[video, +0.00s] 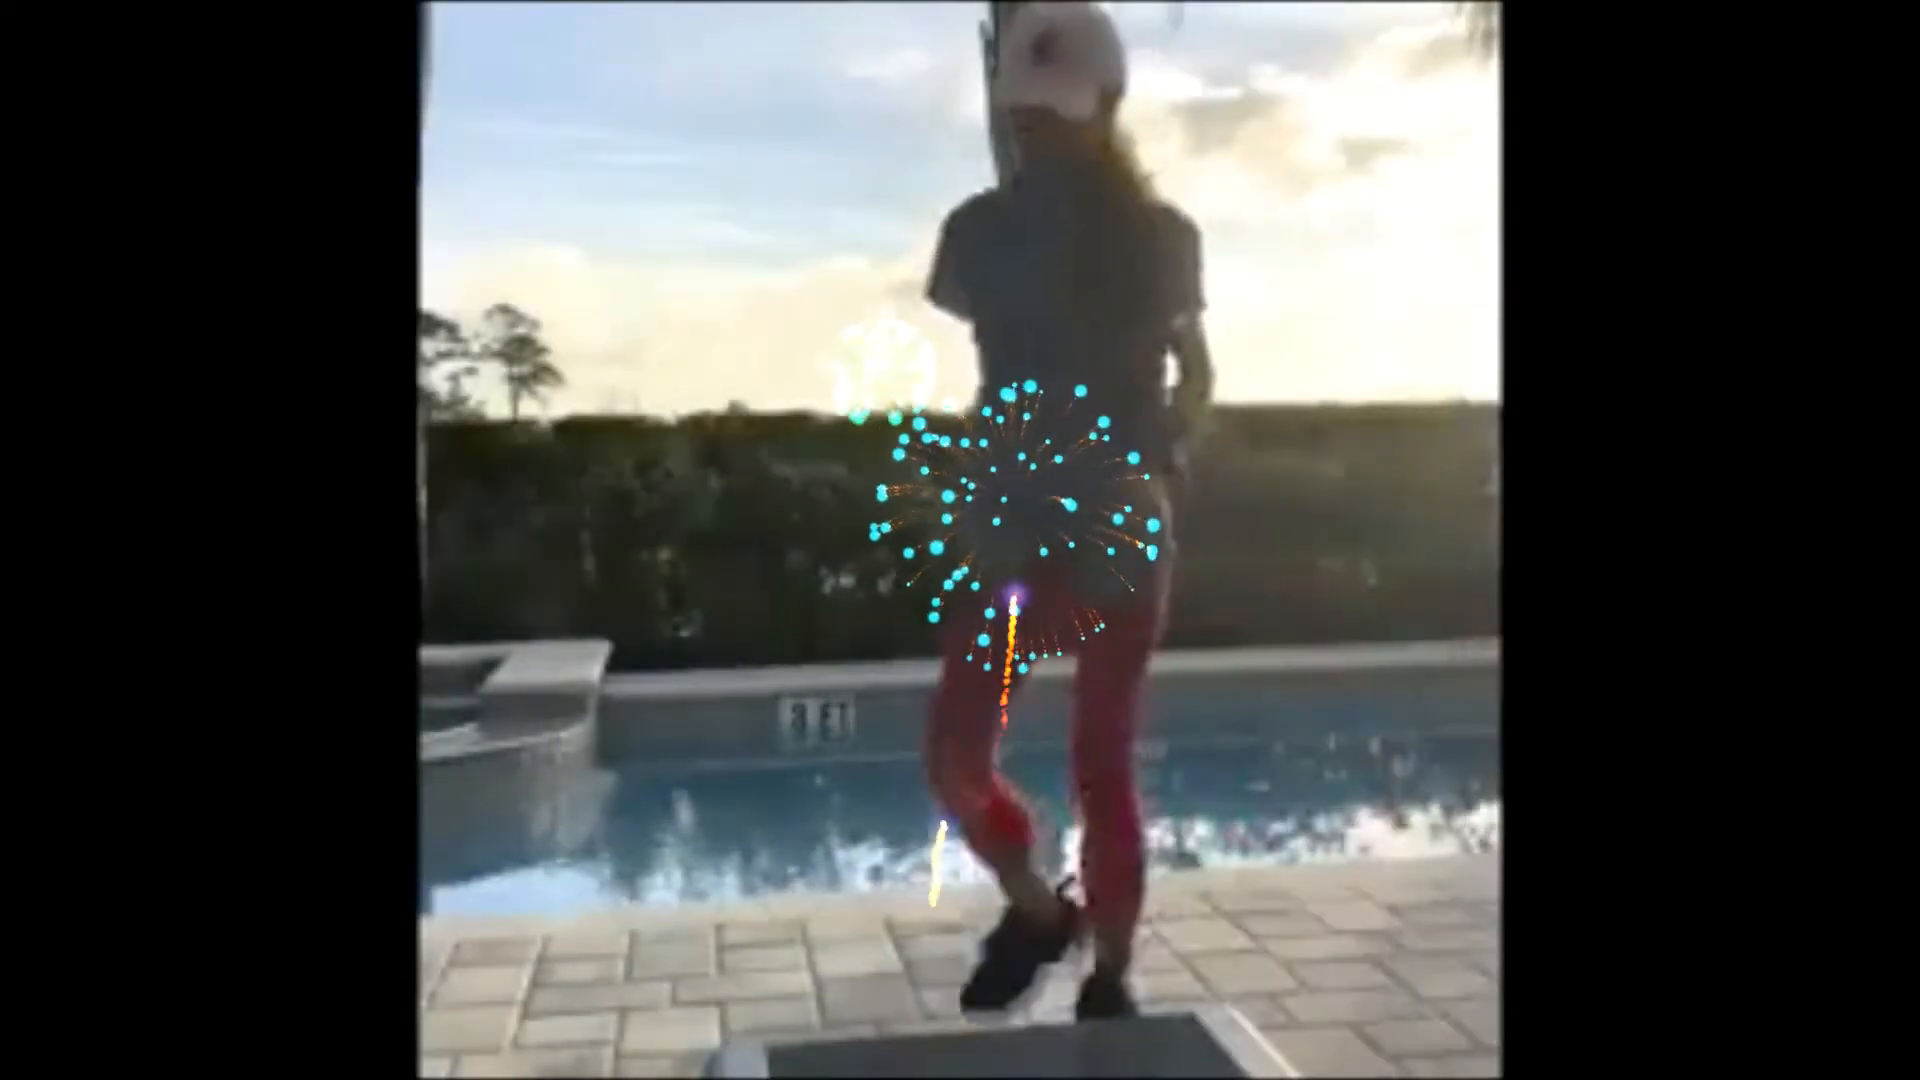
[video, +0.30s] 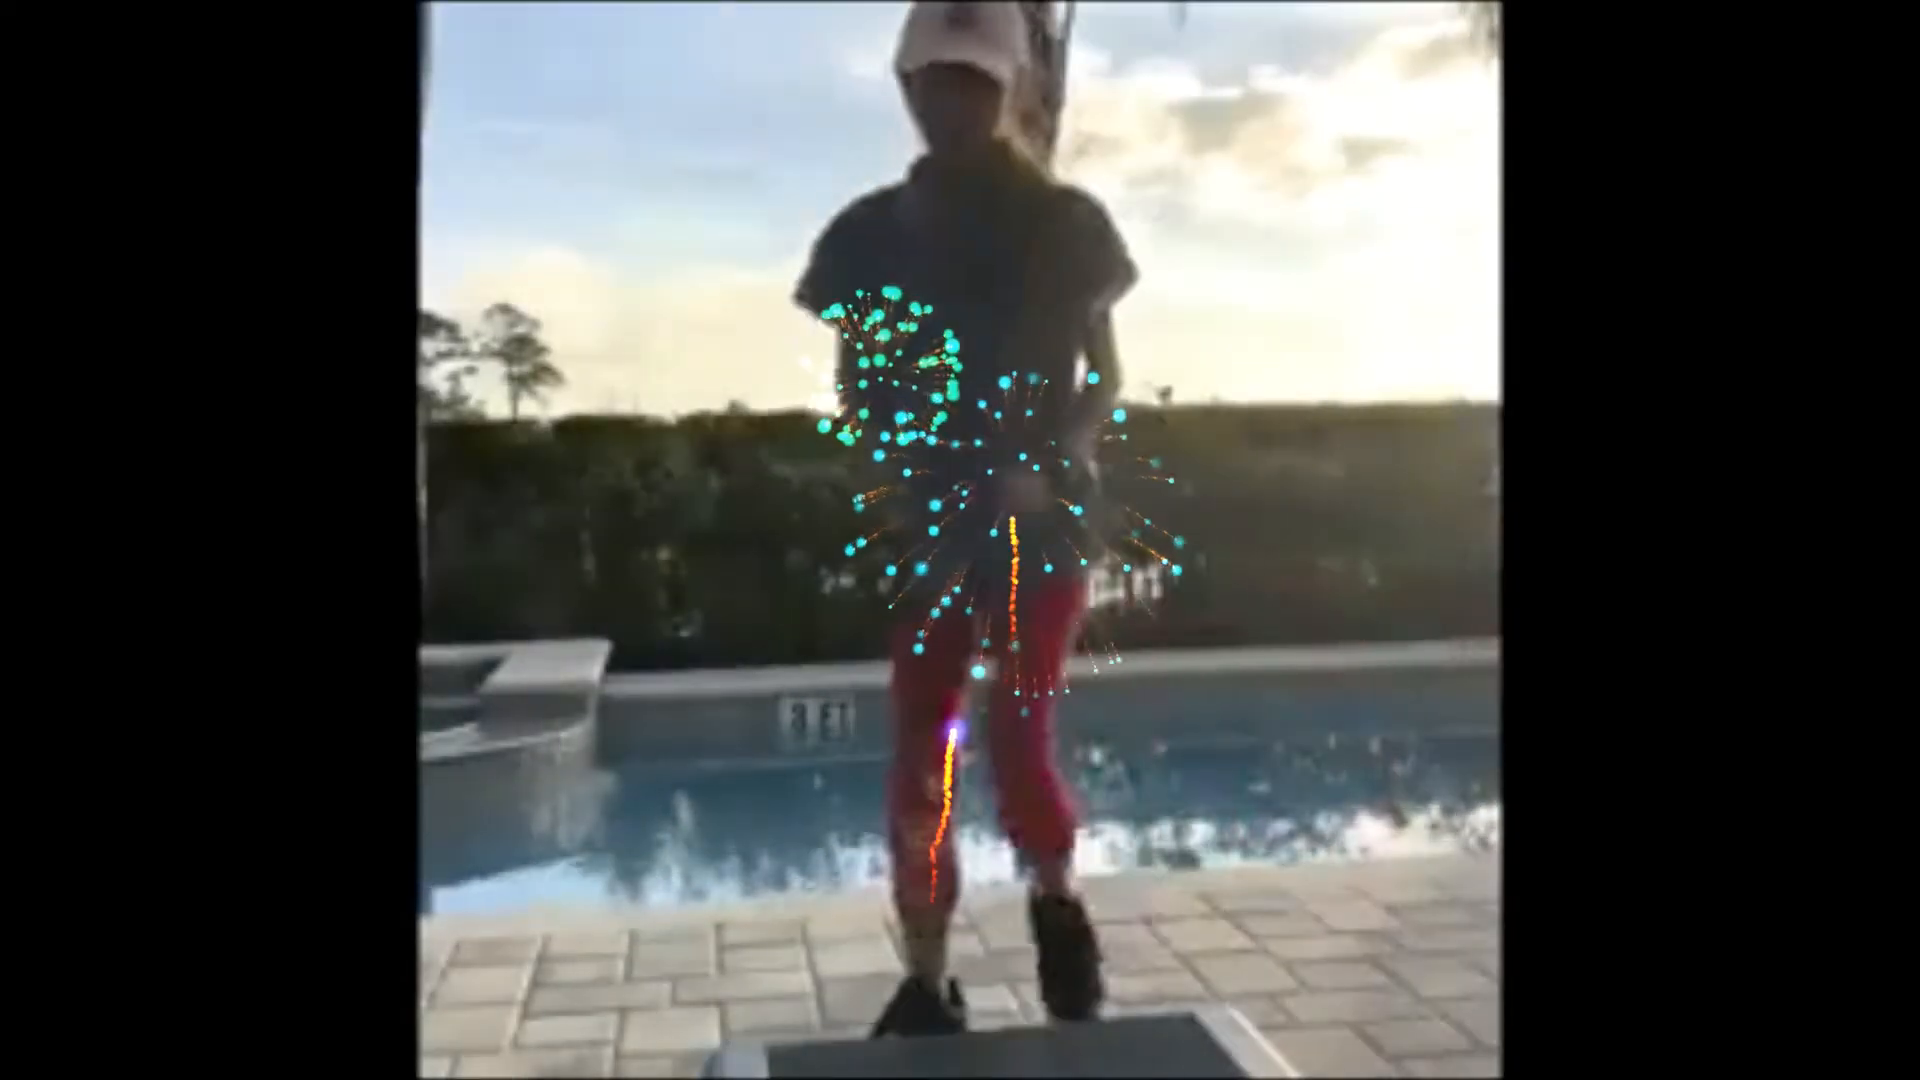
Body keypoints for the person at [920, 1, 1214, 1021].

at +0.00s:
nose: (1060, 67)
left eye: (1080, 50)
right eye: (1040, 50)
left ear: (1111, 80)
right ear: (1005, 83)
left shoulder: (1156, 227)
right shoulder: (981, 223)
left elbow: (1198, 373)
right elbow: (993, 364)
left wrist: (1164, 445)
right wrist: (985, 452)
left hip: (1120, 485)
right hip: (1010, 481)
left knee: (1102, 755)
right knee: (956, 758)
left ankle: (1110, 979)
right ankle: (1037, 908)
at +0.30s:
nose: (947, 100)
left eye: (970, 80)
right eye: (929, 80)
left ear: (1011, 89)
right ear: (906, 89)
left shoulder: (1064, 220)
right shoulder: (871, 230)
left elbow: (1105, 378)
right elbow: (857, 390)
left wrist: (1066, 467)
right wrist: (889, 475)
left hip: (1041, 504)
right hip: (927, 508)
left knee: (1017, 725)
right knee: (918, 745)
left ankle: (1057, 915)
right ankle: (926, 983)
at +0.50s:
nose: (940, 84)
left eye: (962, 62)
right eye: (919, 63)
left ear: (999, 74)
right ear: (891, 76)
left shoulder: (1037, 217)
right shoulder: (843, 216)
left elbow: (1061, 371)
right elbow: (828, 384)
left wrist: (1034, 463)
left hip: (1029, 474)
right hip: (908, 491)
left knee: (1028, 613)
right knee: (917, 728)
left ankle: (1049, 883)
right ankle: (925, 980)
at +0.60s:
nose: (951, 67)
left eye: (971, 46)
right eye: (929, 46)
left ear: (1002, 59)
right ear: (899, 60)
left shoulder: (1044, 194)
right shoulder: (841, 189)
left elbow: (1092, 317)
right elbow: (804, 313)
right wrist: (888, 286)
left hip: (1027, 459)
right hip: (899, 471)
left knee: (1035, 679)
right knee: (917, 714)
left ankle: (1063, 952)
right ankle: (924, 971)